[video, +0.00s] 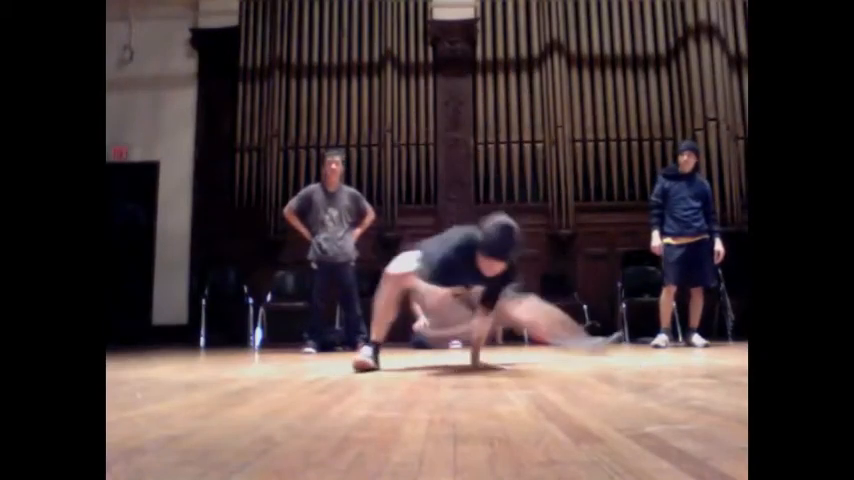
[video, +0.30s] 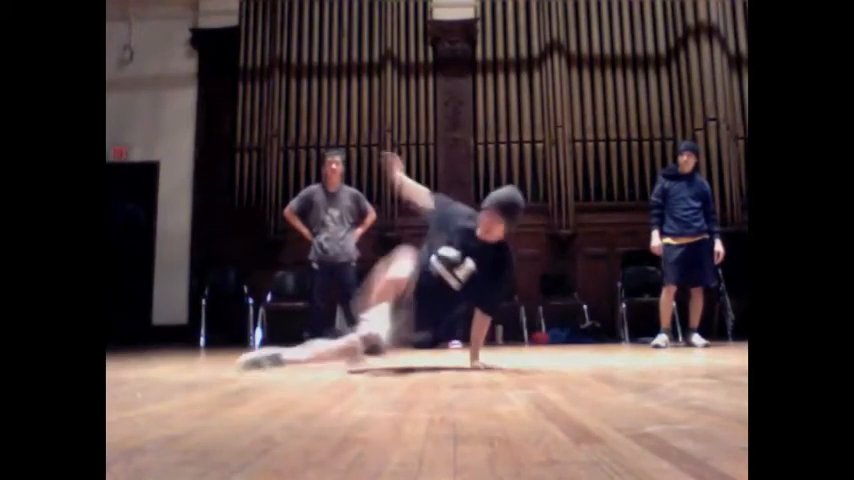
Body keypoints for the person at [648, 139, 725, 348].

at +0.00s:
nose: (686, 160)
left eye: (690, 156)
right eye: (683, 155)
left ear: (696, 159)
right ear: (677, 158)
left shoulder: (702, 184)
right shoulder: (665, 181)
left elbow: (711, 215)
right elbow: (656, 208)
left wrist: (716, 239)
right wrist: (656, 234)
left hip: (699, 240)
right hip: (673, 240)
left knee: (697, 288)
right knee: (670, 287)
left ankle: (693, 332)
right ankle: (664, 332)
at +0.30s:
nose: (686, 160)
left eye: (690, 156)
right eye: (683, 155)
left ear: (696, 160)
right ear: (677, 158)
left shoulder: (701, 184)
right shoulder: (665, 181)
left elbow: (711, 215)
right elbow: (656, 208)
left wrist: (716, 239)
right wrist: (655, 234)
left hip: (699, 240)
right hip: (673, 241)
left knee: (697, 288)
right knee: (669, 287)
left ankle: (693, 332)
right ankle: (664, 332)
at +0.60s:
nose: (686, 160)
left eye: (690, 156)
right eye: (683, 156)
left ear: (696, 160)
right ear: (677, 158)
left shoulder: (701, 184)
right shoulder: (665, 181)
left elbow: (711, 215)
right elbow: (655, 208)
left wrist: (716, 239)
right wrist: (655, 234)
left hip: (699, 240)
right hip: (673, 241)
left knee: (697, 288)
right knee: (669, 287)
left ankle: (693, 332)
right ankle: (664, 332)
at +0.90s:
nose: (685, 160)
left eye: (690, 156)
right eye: (682, 156)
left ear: (696, 160)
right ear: (677, 159)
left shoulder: (701, 184)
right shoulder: (665, 181)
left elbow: (710, 214)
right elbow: (656, 208)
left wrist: (716, 239)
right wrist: (655, 233)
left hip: (699, 239)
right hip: (673, 240)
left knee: (697, 288)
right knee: (669, 287)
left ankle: (693, 332)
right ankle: (664, 332)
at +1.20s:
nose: (685, 160)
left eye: (689, 156)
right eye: (682, 156)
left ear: (695, 160)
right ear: (677, 159)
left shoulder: (701, 184)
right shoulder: (665, 181)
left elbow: (710, 215)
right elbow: (655, 208)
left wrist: (716, 239)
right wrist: (654, 233)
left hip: (698, 239)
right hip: (672, 240)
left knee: (697, 288)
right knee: (669, 287)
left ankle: (693, 332)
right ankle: (664, 332)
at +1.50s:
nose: (686, 160)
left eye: (690, 156)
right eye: (683, 156)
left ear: (696, 160)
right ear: (677, 159)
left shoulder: (701, 184)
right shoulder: (665, 181)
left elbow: (710, 215)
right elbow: (655, 208)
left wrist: (716, 240)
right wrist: (654, 234)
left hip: (698, 239)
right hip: (672, 240)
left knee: (697, 287)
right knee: (669, 286)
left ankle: (693, 332)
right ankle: (664, 332)